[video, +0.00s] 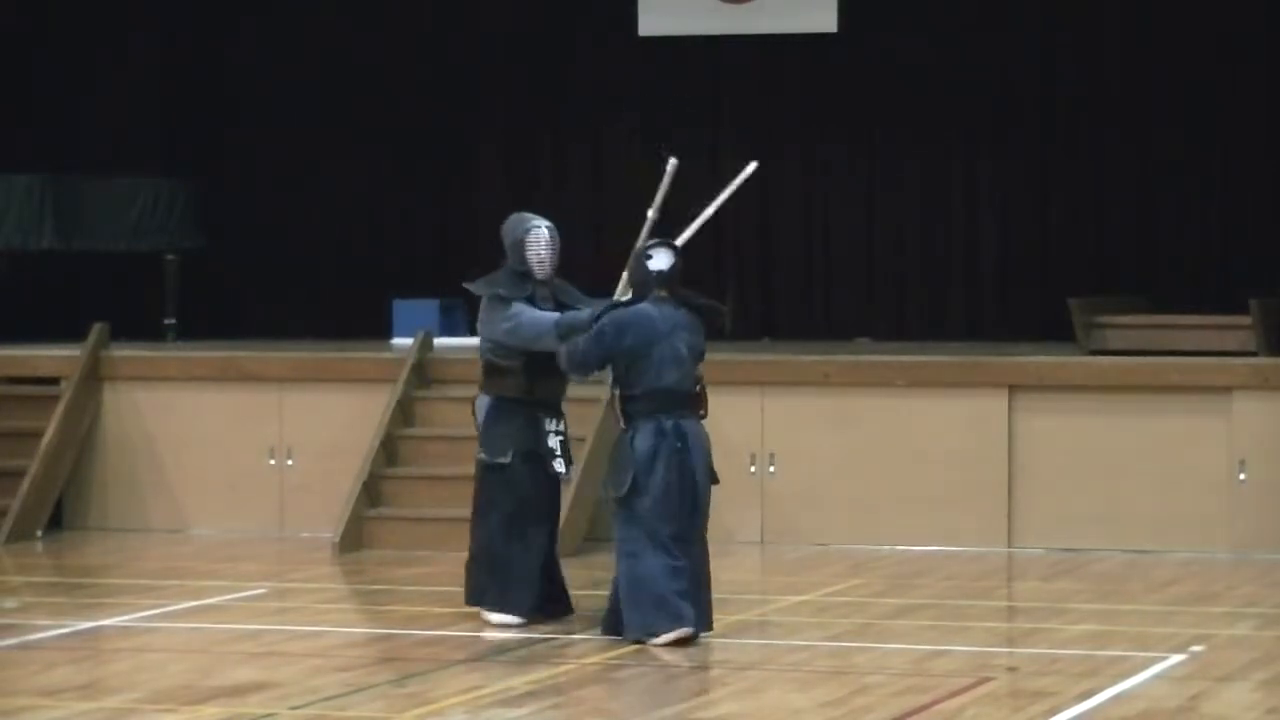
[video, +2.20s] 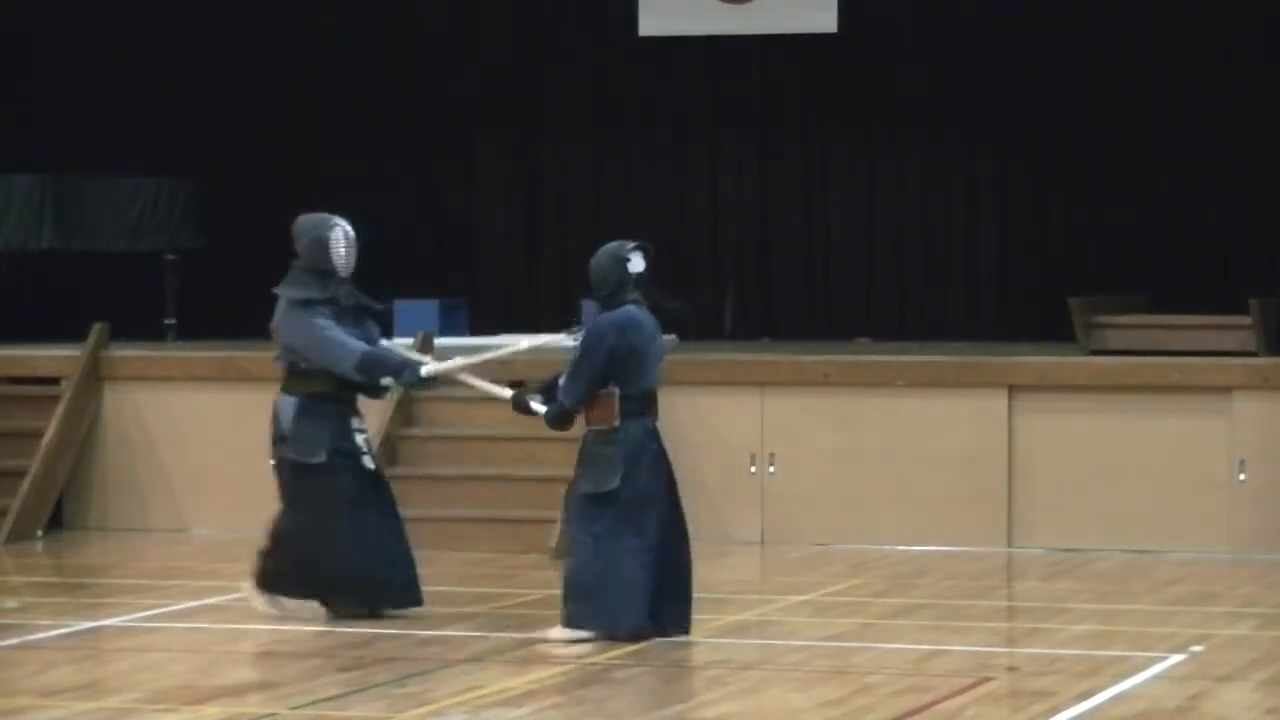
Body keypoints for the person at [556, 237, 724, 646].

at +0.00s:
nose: (626, 276)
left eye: (629, 270)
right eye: (631, 269)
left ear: (636, 277)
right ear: (672, 278)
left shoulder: (627, 321)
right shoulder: (690, 322)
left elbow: (576, 358)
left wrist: (575, 330)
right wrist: (624, 313)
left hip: (650, 432)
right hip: (692, 430)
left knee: (643, 526)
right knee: (681, 526)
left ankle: (670, 619)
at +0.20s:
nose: (631, 282)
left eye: (633, 276)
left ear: (635, 281)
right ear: (674, 280)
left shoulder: (616, 328)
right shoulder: (691, 326)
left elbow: (597, 389)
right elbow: (693, 367)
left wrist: (599, 340)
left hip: (642, 437)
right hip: (687, 434)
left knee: (647, 530)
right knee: (678, 528)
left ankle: (672, 626)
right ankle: (631, 618)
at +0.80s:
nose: (596, 291)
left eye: (598, 285)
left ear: (603, 289)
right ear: (638, 286)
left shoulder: (600, 331)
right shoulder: (659, 328)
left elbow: (559, 378)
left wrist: (558, 345)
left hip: (624, 436)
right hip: (656, 433)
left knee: (634, 527)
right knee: (620, 527)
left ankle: (672, 624)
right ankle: (611, 621)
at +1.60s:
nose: (585, 286)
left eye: (589, 279)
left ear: (594, 282)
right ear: (629, 278)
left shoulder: (596, 329)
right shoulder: (649, 324)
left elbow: (562, 383)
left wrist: (542, 402)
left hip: (610, 435)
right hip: (642, 432)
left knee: (609, 521)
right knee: (623, 519)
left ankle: (666, 606)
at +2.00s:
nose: (601, 284)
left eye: (604, 277)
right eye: (604, 276)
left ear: (610, 279)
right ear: (640, 277)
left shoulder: (613, 326)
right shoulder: (655, 321)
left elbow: (576, 398)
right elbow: (603, 370)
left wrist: (543, 400)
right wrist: (551, 387)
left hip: (622, 435)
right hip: (653, 430)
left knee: (608, 525)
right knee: (646, 522)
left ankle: (651, 606)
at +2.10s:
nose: (600, 285)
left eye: (602, 278)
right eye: (603, 278)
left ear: (608, 281)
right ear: (637, 278)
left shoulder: (613, 327)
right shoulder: (651, 321)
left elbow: (580, 390)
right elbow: (597, 367)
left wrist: (546, 406)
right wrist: (545, 388)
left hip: (620, 436)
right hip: (650, 431)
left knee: (599, 523)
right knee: (649, 520)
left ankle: (624, 614)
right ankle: (660, 613)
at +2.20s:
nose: (593, 285)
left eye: (596, 279)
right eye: (596, 279)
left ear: (603, 282)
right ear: (631, 279)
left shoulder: (605, 327)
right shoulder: (645, 322)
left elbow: (576, 390)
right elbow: (591, 372)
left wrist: (549, 409)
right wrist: (545, 392)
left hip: (613, 439)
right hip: (644, 435)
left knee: (588, 520)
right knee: (640, 522)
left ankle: (587, 619)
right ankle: (646, 616)